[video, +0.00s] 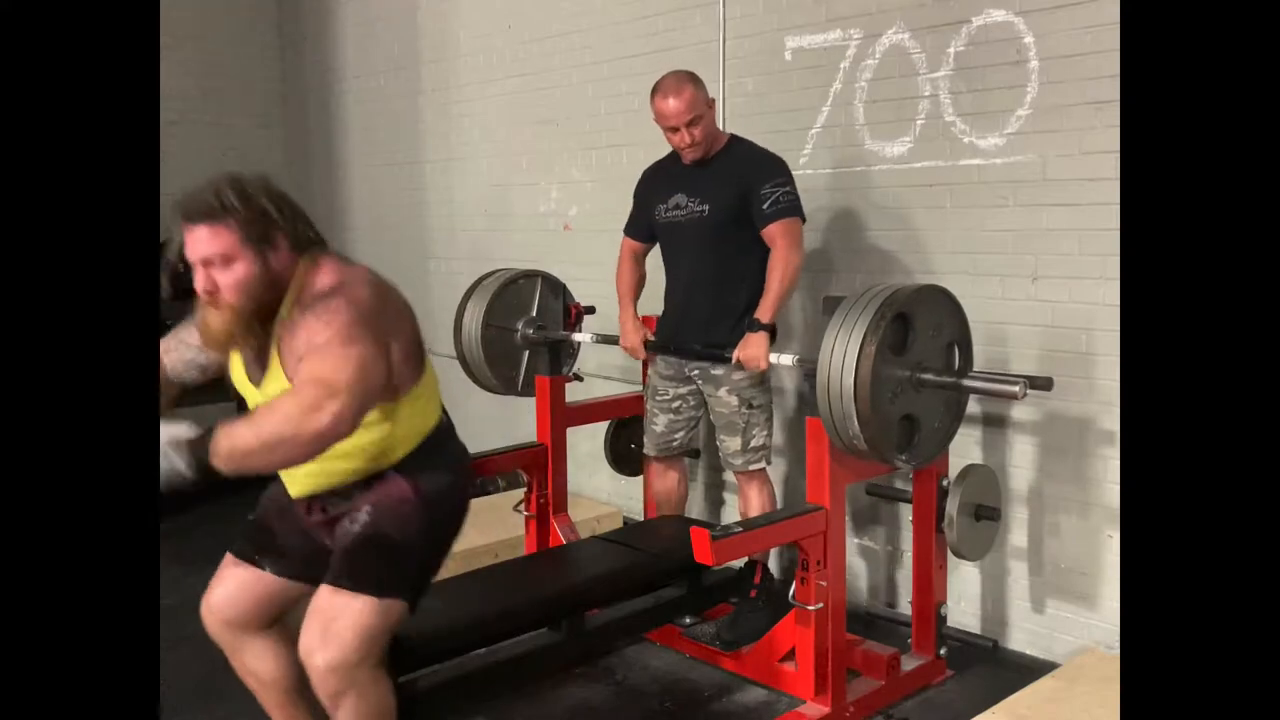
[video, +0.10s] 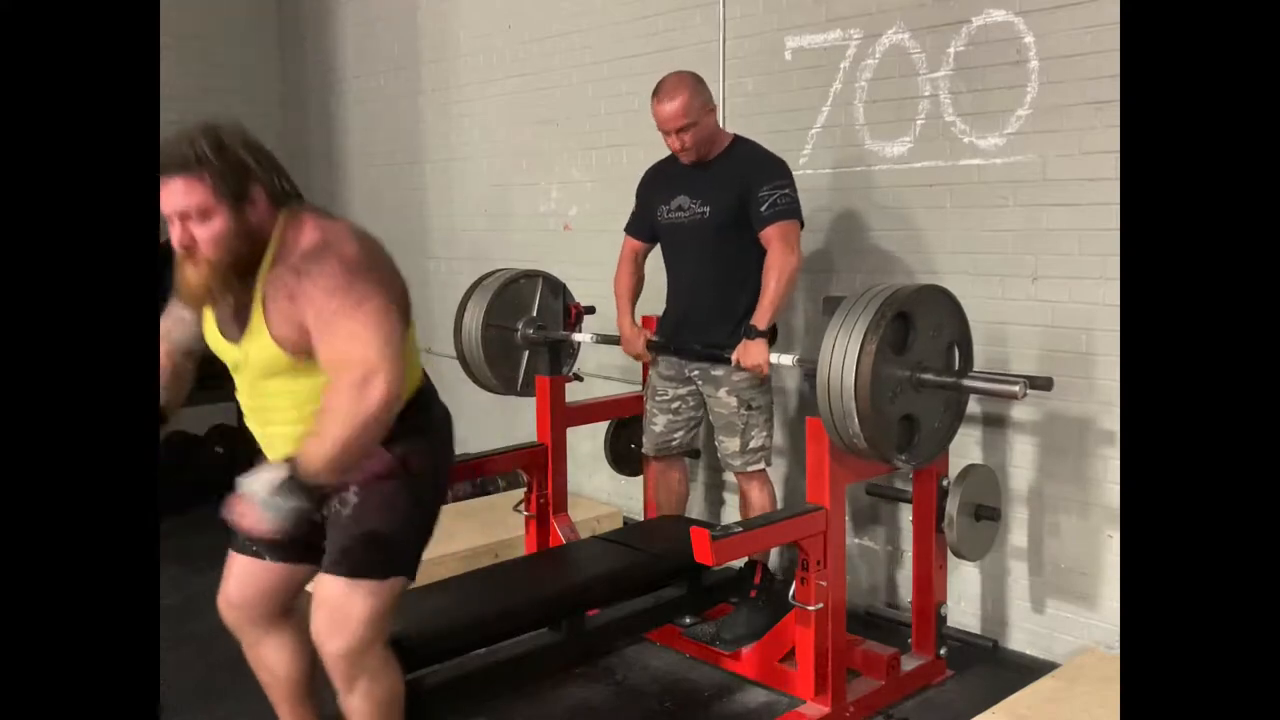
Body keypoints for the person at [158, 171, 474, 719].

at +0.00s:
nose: (204, 285)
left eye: (221, 264)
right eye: (196, 267)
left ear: (277, 251)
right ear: (188, 264)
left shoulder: (340, 307)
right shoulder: (244, 300)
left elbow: (321, 415)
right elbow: (188, 354)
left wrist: (201, 450)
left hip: (406, 480)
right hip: (317, 479)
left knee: (335, 655)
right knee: (229, 614)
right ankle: (298, 715)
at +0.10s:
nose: (181, 238)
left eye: (197, 218)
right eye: (172, 221)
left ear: (255, 203)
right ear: (165, 218)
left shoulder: (325, 259)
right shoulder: (205, 262)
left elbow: (372, 383)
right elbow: (173, 353)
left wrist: (301, 478)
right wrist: (164, 403)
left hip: (389, 448)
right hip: (294, 454)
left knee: (344, 631)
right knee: (247, 605)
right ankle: (303, 717)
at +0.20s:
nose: (173, 189)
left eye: (189, 169)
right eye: (164, 172)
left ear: (249, 161)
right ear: (158, 173)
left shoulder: (321, 221)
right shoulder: (188, 222)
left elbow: (422, 335)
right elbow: (178, 303)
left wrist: (395, 452)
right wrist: (174, 389)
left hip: (363, 436)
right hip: (266, 442)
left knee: (358, 633)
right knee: (264, 604)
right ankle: (303, 716)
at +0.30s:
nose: (179, 162)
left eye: (200, 140)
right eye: (168, 143)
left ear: (259, 136)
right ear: (159, 144)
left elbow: (446, 291)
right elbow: (174, 270)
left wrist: (434, 410)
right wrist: (175, 359)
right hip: (246, 444)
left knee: (352, 641)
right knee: (260, 607)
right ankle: (299, 718)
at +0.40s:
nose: (250, 117)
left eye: (246, 101)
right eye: (243, 98)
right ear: (216, 91)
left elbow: (391, 345)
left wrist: (380, 442)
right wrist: (385, 441)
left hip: (160, 483)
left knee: (158, 697)